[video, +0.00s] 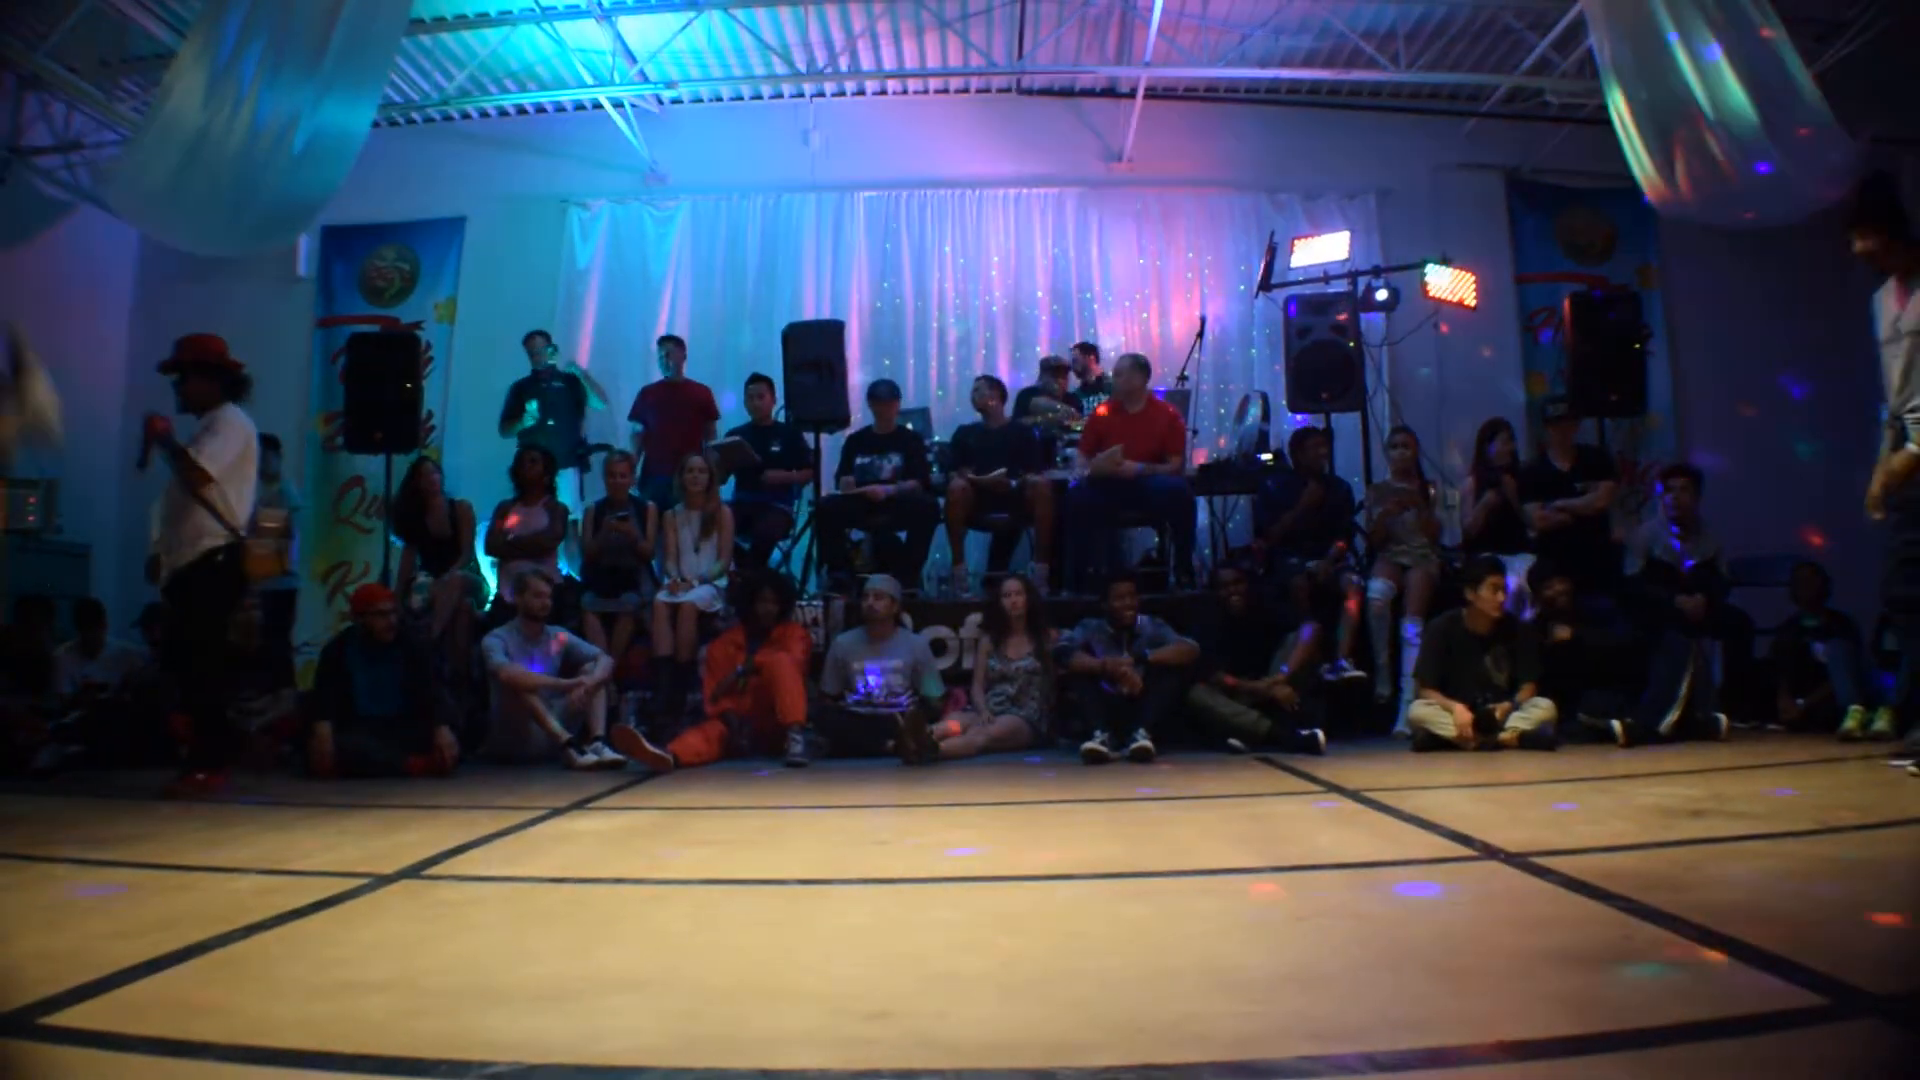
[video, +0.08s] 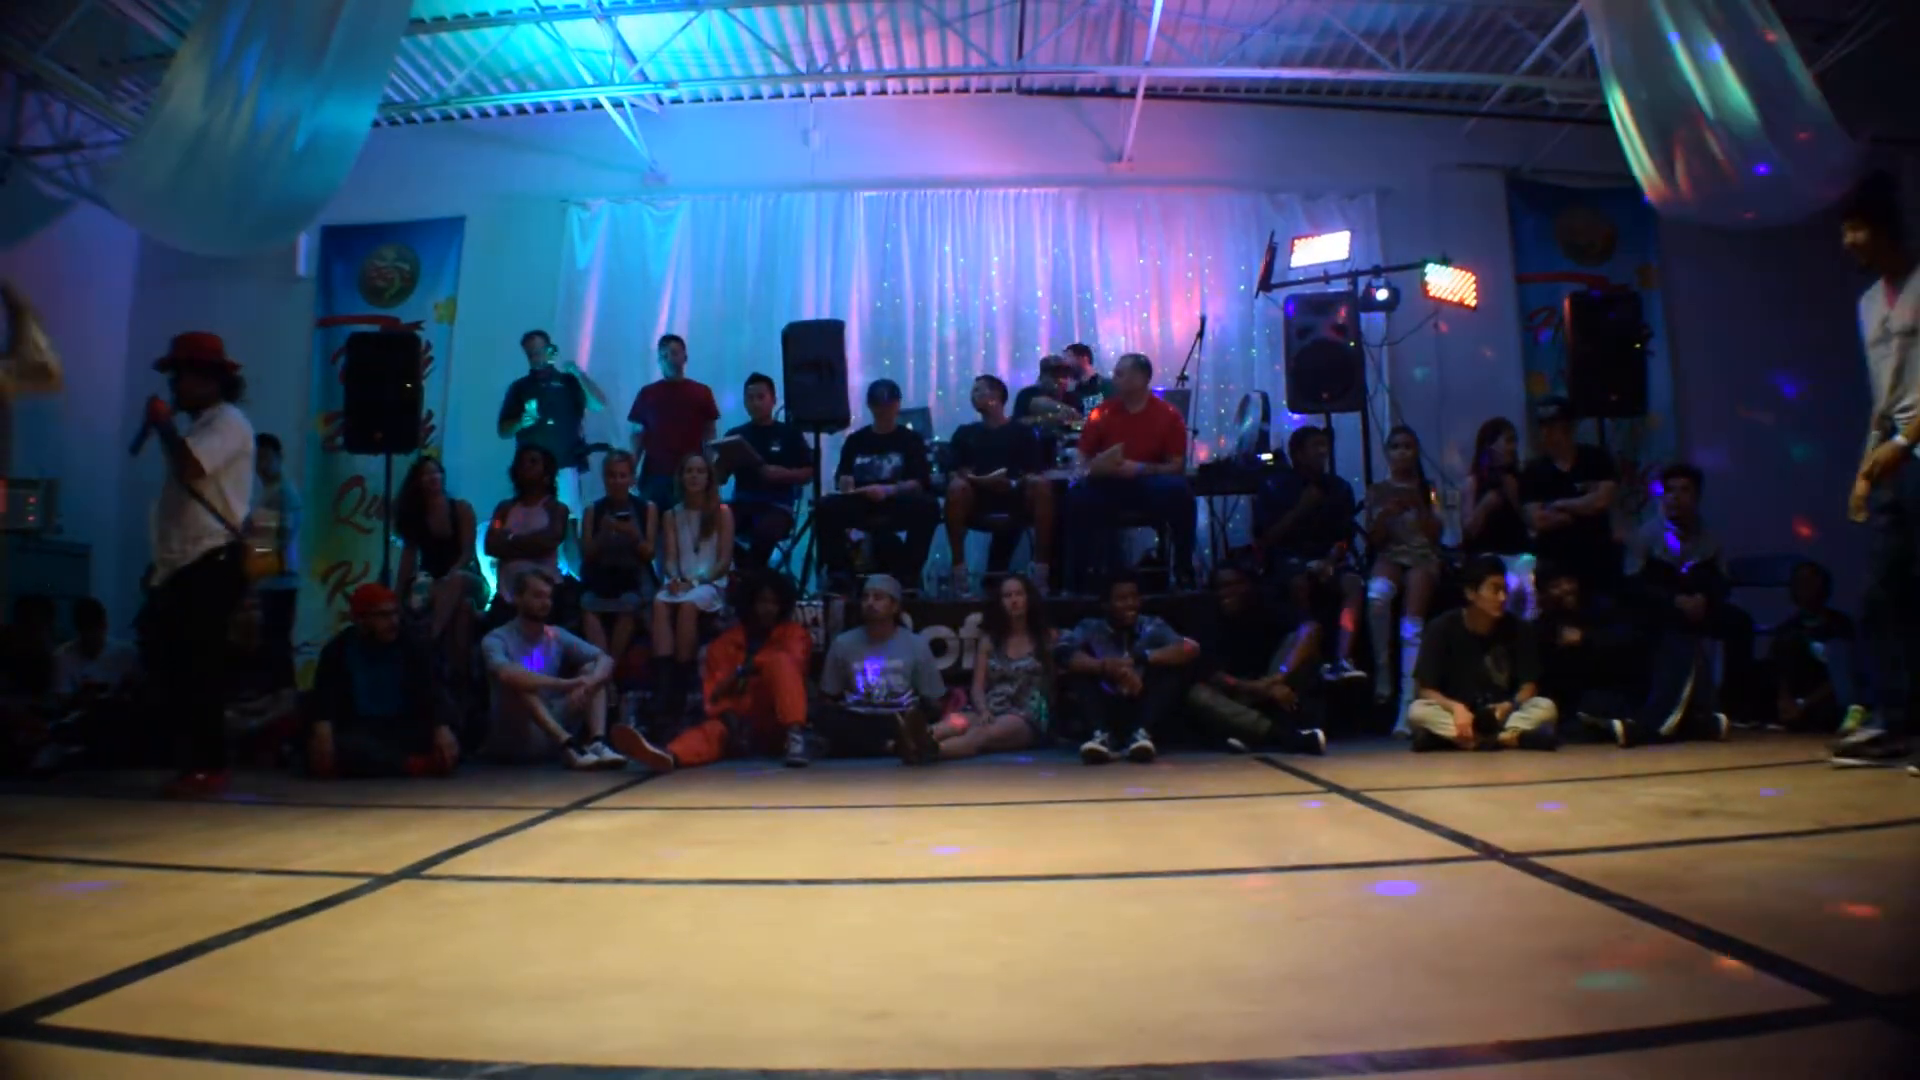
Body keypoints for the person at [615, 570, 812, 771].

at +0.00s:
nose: (767, 609)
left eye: (773, 603)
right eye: (761, 602)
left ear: (783, 606)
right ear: (749, 604)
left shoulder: (793, 633)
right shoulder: (723, 646)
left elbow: (791, 665)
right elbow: (713, 703)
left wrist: (755, 665)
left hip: (774, 717)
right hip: (737, 721)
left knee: (780, 661)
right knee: (710, 735)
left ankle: (795, 737)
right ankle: (670, 755)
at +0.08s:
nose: (767, 609)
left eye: (773, 603)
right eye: (761, 602)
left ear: (783, 606)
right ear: (749, 604)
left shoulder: (793, 633)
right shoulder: (725, 644)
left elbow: (790, 663)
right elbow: (713, 702)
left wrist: (754, 666)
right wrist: (734, 678)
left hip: (773, 715)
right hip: (736, 721)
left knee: (779, 661)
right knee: (710, 734)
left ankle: (795, 737)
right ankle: (670, 755)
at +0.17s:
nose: (767, 609)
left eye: (773, 603)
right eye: (762, 602)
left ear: (784, 606)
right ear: (749, 605)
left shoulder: (793, 632)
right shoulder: (724, 645)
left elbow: (789, 662)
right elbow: (713, 704)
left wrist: (752, 667)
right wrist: (733, 682)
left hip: (775, 715)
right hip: (737, 721)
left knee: (779, 661)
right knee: (711, 733)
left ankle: (795, 736)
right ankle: (670, 755)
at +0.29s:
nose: (768, 609)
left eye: (774, 603)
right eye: (762, 602)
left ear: (784, 606)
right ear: (749, 604)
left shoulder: (793, 633)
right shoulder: (724, 645)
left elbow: (788, 664)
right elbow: (713, 705)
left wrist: (752, 667)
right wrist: (734, 680)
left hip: (775, 715)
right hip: (737, 721)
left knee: (779, 660)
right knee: (711, 733)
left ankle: (795, 736)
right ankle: (670, 755)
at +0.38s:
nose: (767, 609)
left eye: (773, 603)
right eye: (761, 602)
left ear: (783, 606)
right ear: (748, 605)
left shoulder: (793, 633)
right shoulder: (724, 645)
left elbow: (789, 666)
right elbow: (713, 704)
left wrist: (753, 668)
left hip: (775, 715)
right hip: (738, 721)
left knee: (778, 660)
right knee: (711, 734)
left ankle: (795, 737)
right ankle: (670, 755)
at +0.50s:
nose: (768, 609)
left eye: (774, 603)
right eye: (762, 602)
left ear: (783, 607)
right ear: (749, 605)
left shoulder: (793, 634)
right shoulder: (723, 646)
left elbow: (790, 655)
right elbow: (713, 704)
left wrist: (753, 666)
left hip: (775, 717)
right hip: (738, 721)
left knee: (779, 661)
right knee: (711, 734)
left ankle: (795, 735)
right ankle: (670, 755)